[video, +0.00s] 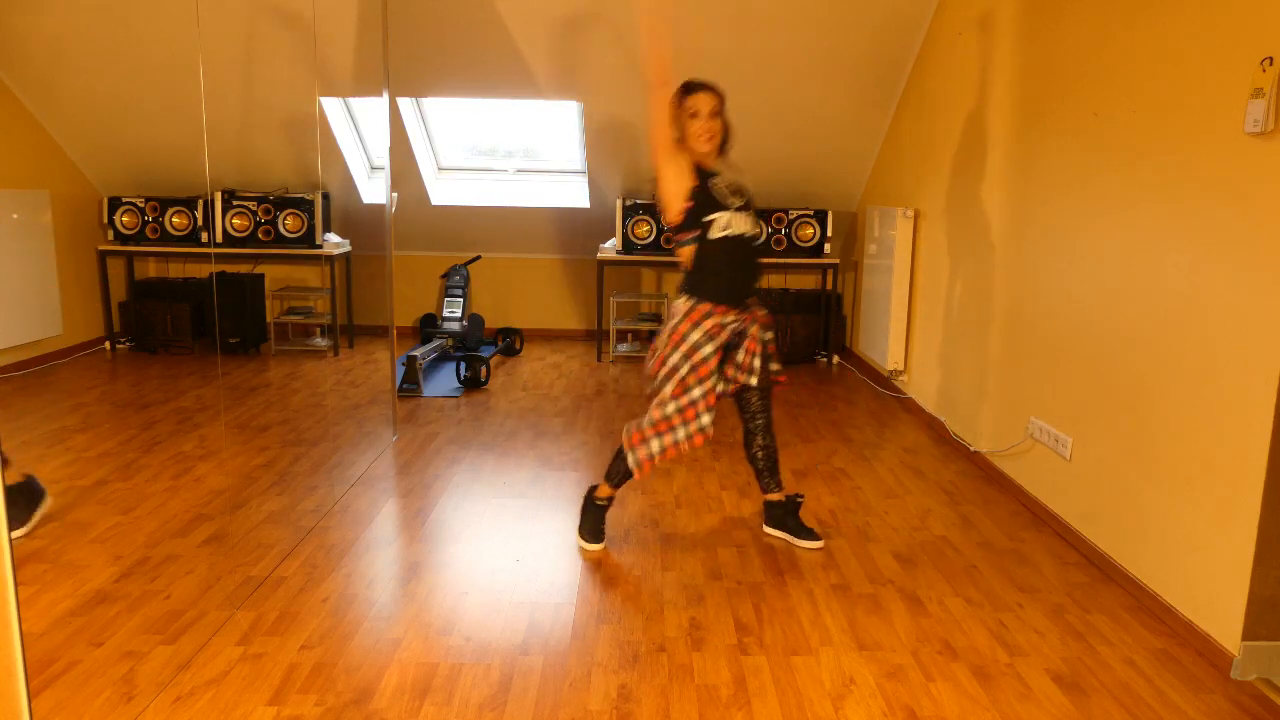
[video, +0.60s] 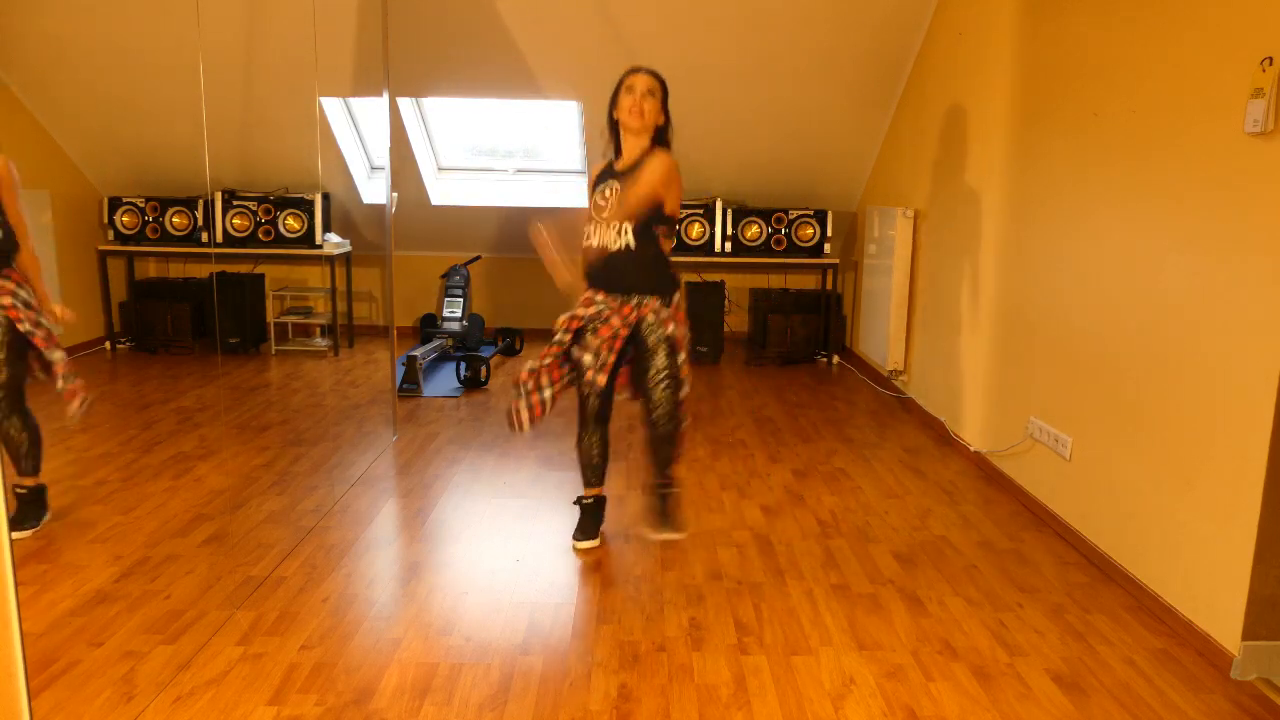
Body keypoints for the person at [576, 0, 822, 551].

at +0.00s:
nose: (707, 124)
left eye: (714, 115)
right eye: (696, 116)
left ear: (724, 123)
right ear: (676, 124)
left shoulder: (727, 181)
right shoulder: (678, 178)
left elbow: (726, 250)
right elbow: (660, 85)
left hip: (740, 317)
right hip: (696, 317)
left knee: (757, 414)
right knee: (672, 419)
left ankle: (777, 506)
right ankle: (599, 498)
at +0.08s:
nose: (691, 132)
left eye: (700, 123)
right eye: (680, 123)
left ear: (710, 133)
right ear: (661, 133)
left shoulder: (710, 195)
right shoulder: (654, 181)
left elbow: (708, 262)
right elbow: (615, 104)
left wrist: (725, 309)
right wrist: (584, 27)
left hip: (723, 323)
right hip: (672, 324)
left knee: (747, 414)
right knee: (650, 435)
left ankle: (776, 506)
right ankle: (595, 499)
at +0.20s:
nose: (673, 138)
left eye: (682, 129)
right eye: (662, 129)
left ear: (692, 138)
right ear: (645, 138)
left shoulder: (698, 204)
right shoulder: (626, 174)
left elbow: (688, 269)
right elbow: (567, 139)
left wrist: (685, 323)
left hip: (680, 328)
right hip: (629, 327)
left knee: (735, 411)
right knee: (628, 439)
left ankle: (739, 503)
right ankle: (590, 508)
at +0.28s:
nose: (664, 143)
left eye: (673, 134)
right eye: (653, 135)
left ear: (685, 143)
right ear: (637, 145)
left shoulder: (698, 210)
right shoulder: (615, 184)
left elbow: (688, 277)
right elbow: (557, 184)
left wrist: (678, 333)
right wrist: (490, 174)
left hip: (662, 335)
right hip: (607, 331)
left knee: (706, 416)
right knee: (612, 437)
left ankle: (672, 484)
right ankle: (590, 507)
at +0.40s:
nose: (654, 139)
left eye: (663, 130)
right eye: (643, 131)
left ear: (676, 141)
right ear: (628, 143)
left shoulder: (691, 210)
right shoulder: (608, 197)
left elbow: (686, 280)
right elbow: (558, 244)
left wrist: (680, 340)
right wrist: (505, 286)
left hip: (645, 337)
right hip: (591, 326)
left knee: (640, 433)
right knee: (596, 423)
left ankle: (613, 495)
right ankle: (588, 501)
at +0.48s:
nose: (646, 127)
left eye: (656, 120)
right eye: (636, 119)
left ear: (669, 135)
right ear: (622, 134)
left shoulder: (676, 197)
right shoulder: (603, 194)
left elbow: (671, 273)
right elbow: (573, 259)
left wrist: (664, 344)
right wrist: (542, 319)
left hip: (640, 330)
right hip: (585, 321)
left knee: (632, 437)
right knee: (585, 423)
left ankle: (614, 498)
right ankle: (585, 504)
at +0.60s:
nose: (637, 100)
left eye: (649, 95)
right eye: (629, 91)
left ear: (662, 113)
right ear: (614, 106)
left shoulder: (661, 165)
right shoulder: (602, 176)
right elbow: (597, 241)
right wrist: (580, 278)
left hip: (654, 303)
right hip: (603, 300)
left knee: (662, 405)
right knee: (593, 404)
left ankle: (664, 490)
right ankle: (591, 503)